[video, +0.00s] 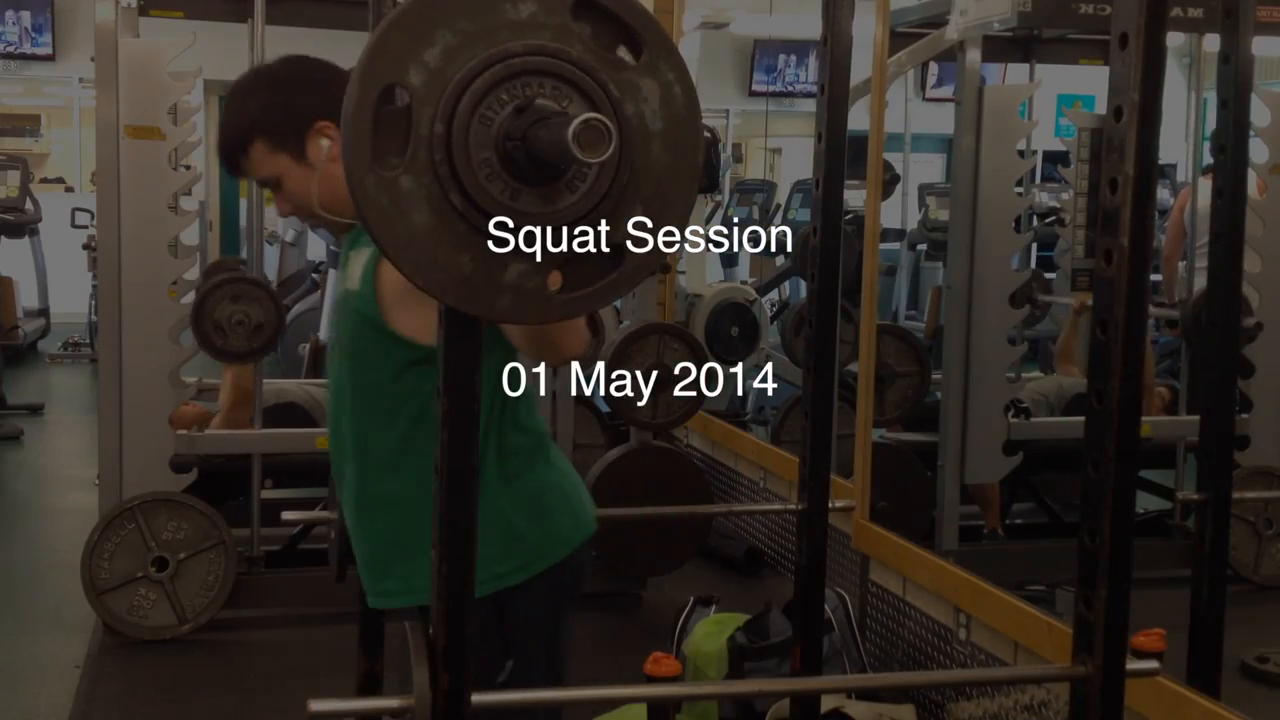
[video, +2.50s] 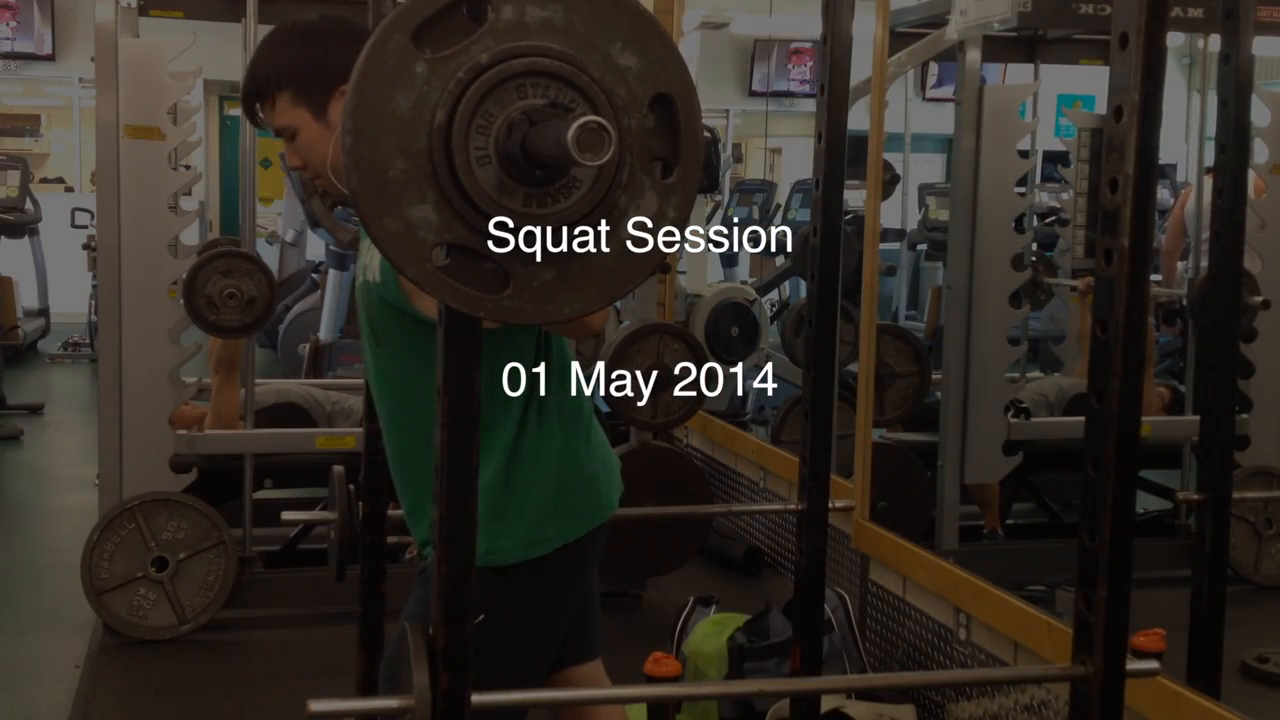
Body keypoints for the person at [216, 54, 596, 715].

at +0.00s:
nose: (280, 210)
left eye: (275, 184)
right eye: (268, 191)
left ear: (326, 144)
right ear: (327, 147)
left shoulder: (416, 245)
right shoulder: (363, 244)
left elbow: (560, 345)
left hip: (497, 566)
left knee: (509, 717)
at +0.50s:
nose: (276, 211)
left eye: (265, 185)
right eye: (260, 196)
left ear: (305, 138)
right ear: (307, 138)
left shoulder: (396, 243)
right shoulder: (363, 238)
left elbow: (559, 328)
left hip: (528, 541)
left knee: (541, 714)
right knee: (509, 709)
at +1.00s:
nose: (277, 193)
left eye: (269, 166)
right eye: (262, 174)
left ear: (319, 125)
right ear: (322, 126)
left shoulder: (399, 233)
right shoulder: (376, 228)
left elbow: (570, 320)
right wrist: (226, 406)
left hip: (506, 520)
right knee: (564, 685)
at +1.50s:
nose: (299, 153)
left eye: (301, 129)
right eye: (291, 135)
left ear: (355, 106)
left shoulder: (405, 239)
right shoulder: (370, 232)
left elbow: (551, 342)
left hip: (490, 538)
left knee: (377, 705)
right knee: (553, 687)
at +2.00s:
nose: (291, 144)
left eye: (295, 120)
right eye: (285, 125)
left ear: (351, 101)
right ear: (343, 107)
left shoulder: (403, 228)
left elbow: (574, 327)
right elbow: (569, 325)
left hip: (500, 522)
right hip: (554, 493)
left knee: (439, 696)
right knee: (574, 674)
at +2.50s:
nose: (290, 157)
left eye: (291, 132)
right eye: (280, 140)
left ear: (347, 104)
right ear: (343, 110)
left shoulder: (403, 217)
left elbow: (588, 318)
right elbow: (588, 317)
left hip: (507, 515)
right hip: (557, 492)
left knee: (447, 695)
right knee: (578, 679)